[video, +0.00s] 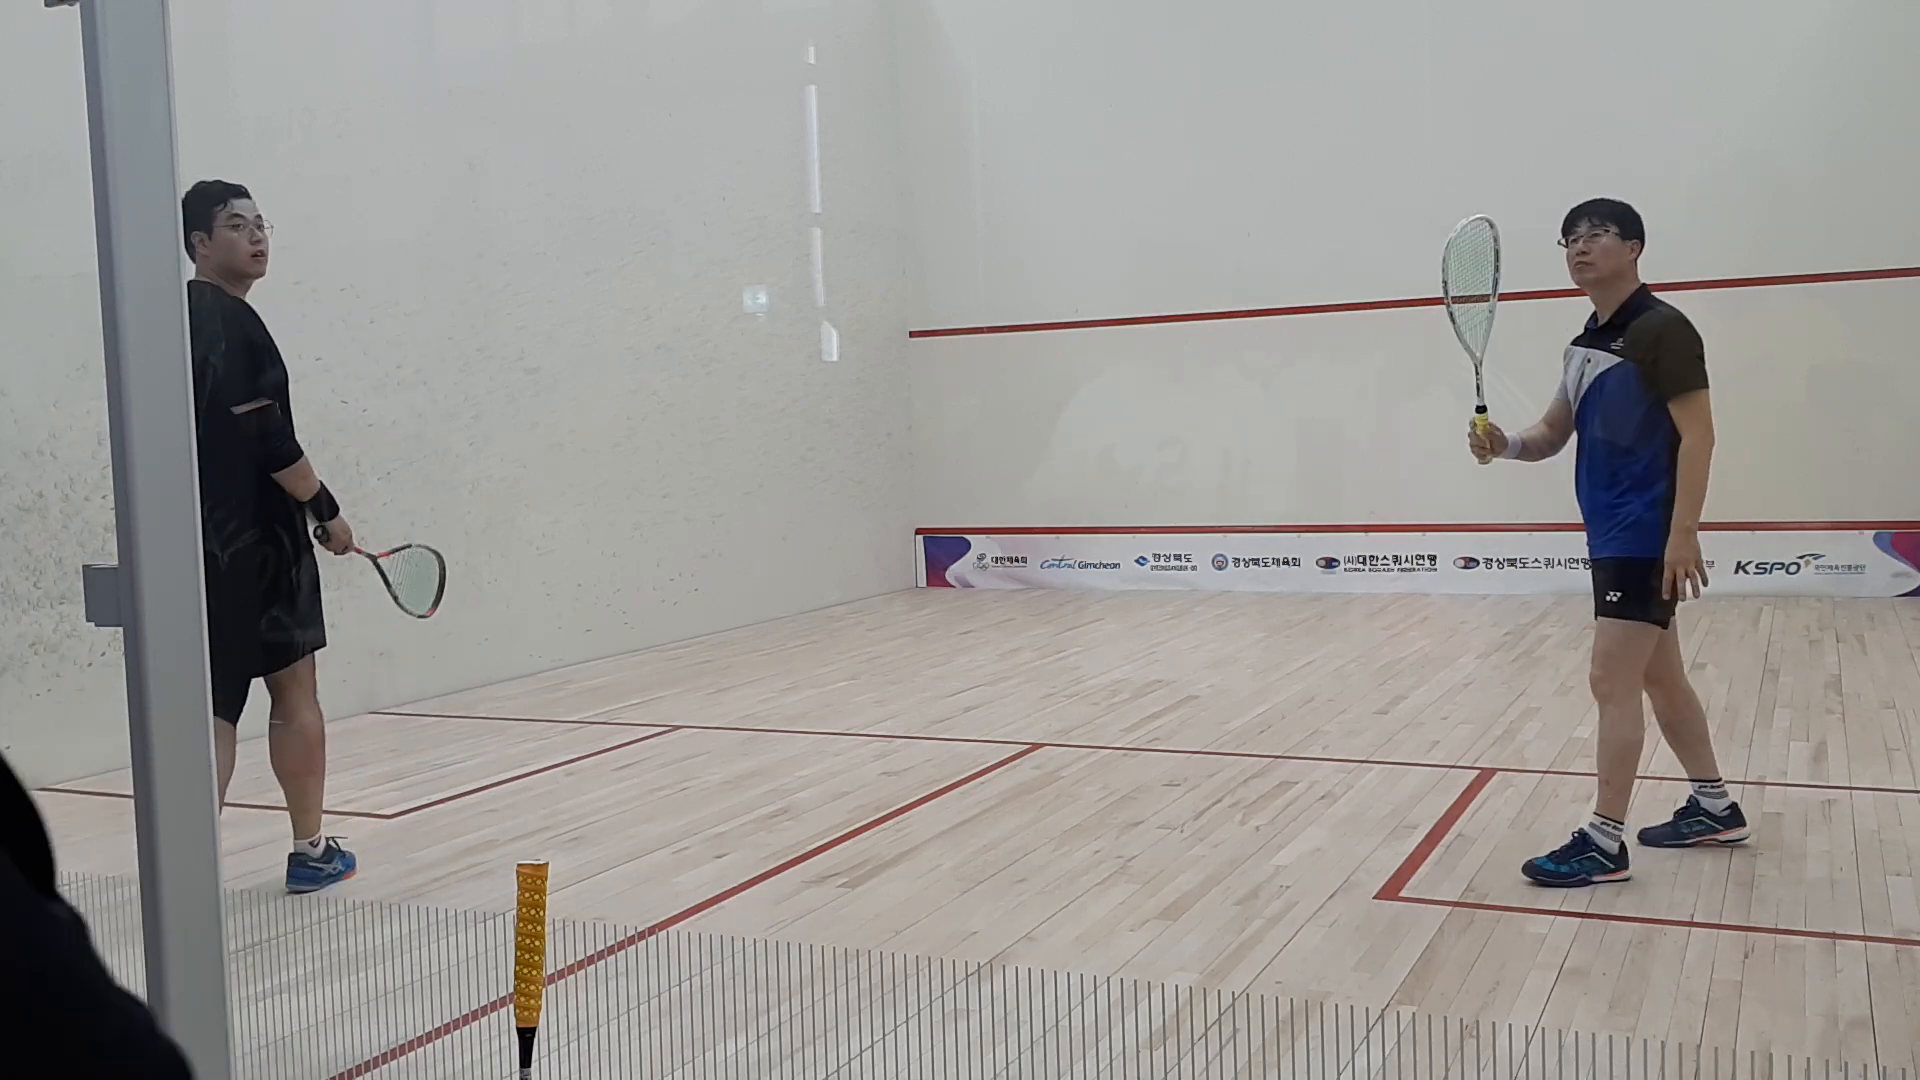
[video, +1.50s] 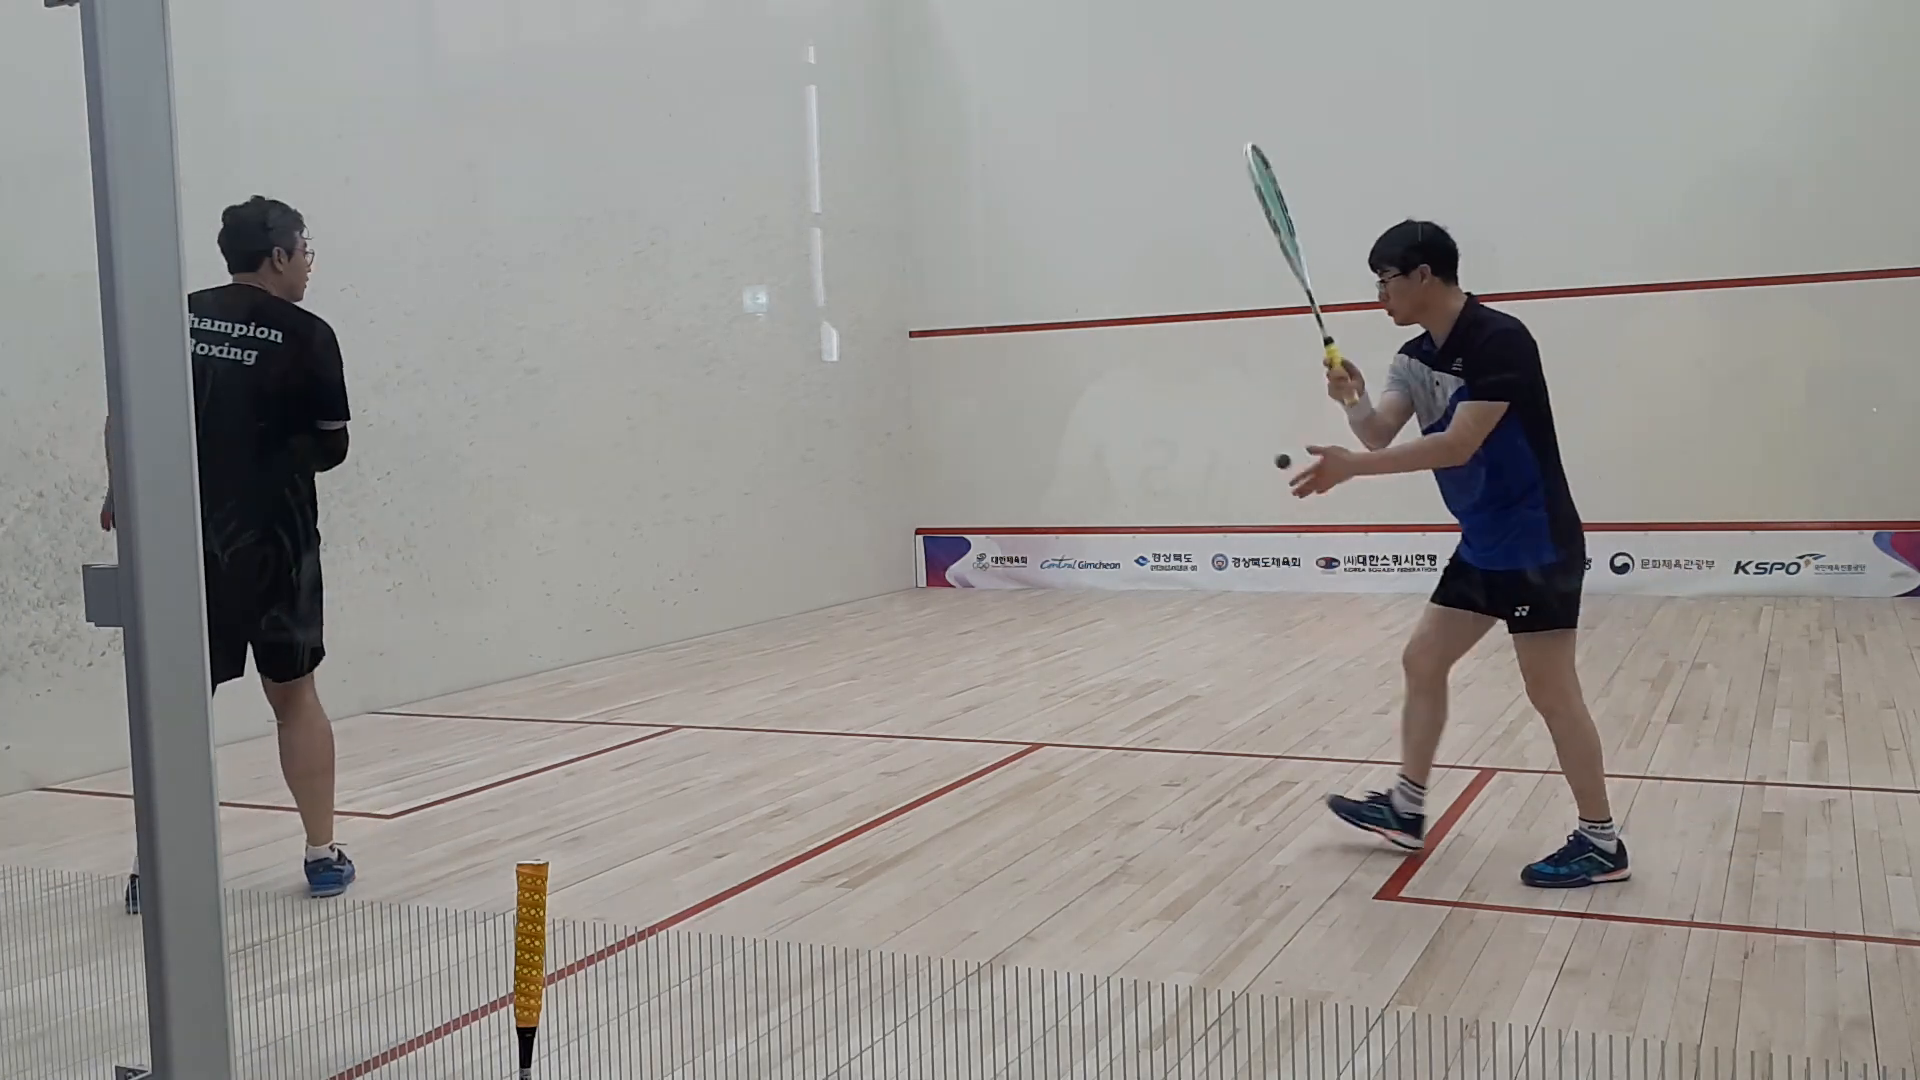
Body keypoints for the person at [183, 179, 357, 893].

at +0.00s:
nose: (261, 237)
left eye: (260, 225)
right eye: (241, 226)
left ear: (218, 248)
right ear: (200, 244)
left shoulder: (176, 317)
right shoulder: (236, 327)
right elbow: (276, 447)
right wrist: (327, 511)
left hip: (199, 546)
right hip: (264, 540)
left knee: (214, 714)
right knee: (295, 691)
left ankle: (189, 868)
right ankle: (311, 849)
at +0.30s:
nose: (324, 267)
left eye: (325, 254)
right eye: (312, 253)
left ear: (260, 260)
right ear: (267, 256)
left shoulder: (202, 321)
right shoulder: (276, 328)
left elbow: (189, 443)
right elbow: (288, 452)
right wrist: (312, 551)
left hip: (190, 549)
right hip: (255, 551)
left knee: (184, 711)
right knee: (281, 700)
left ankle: (169, 864)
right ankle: (304, 851)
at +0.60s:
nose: (294, 262)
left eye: (292, 249)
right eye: (280, 249)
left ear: (232, 259)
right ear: (237, 256)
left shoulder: (189, 315)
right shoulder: (248, 327)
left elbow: (175, 435)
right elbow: (259, 444)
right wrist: (284, 542)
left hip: (180, 537)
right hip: (238, 541)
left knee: (166, 703)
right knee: (267, 695)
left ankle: (153, 868)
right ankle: (304, 849)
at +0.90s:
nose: (246, 257)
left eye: (243, 243)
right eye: (237, 244)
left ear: (190, 251)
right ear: (202, 250)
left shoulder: (121, 318)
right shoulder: (225, 326)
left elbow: (109, 435)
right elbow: (247, 437)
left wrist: (180, 458)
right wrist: (290, 495)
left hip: (143, 541)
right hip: (225, 539)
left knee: (156, 711)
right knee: (278, 689)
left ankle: (149, 869)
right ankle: (310, 844)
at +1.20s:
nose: (282, 278)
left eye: (281, 264)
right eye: (275, 265)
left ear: (219, 267)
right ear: (237, 265)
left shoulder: (141, 317)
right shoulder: (264, 331)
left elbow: (84, 422)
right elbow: (303, 456)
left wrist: (137, 485)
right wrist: (272, 409)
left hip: (157, 545)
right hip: (242, 543)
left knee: (156, 714)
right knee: (280, 698)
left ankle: (153, 870)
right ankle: (320, 850)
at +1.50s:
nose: (310, 263)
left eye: (306, 251)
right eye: (304, 252)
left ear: (236, 260)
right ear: (280, 258)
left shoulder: (174, 312)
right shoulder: (307, 333)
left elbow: (124, 414)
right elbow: (330, 447)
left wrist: (119, 489)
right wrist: (268, 446)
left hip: (179, 543)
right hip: (275, 547)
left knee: (166, 706)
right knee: (295, 699)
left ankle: (151, 866)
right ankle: (323, 855)